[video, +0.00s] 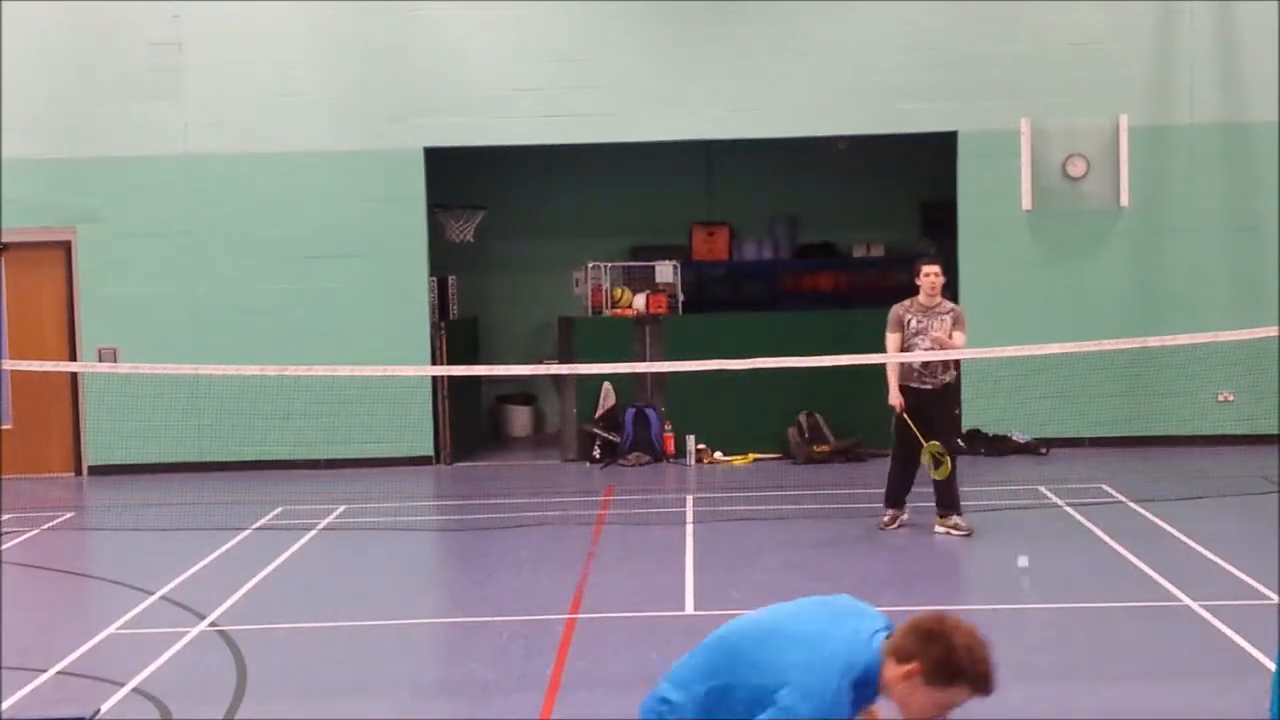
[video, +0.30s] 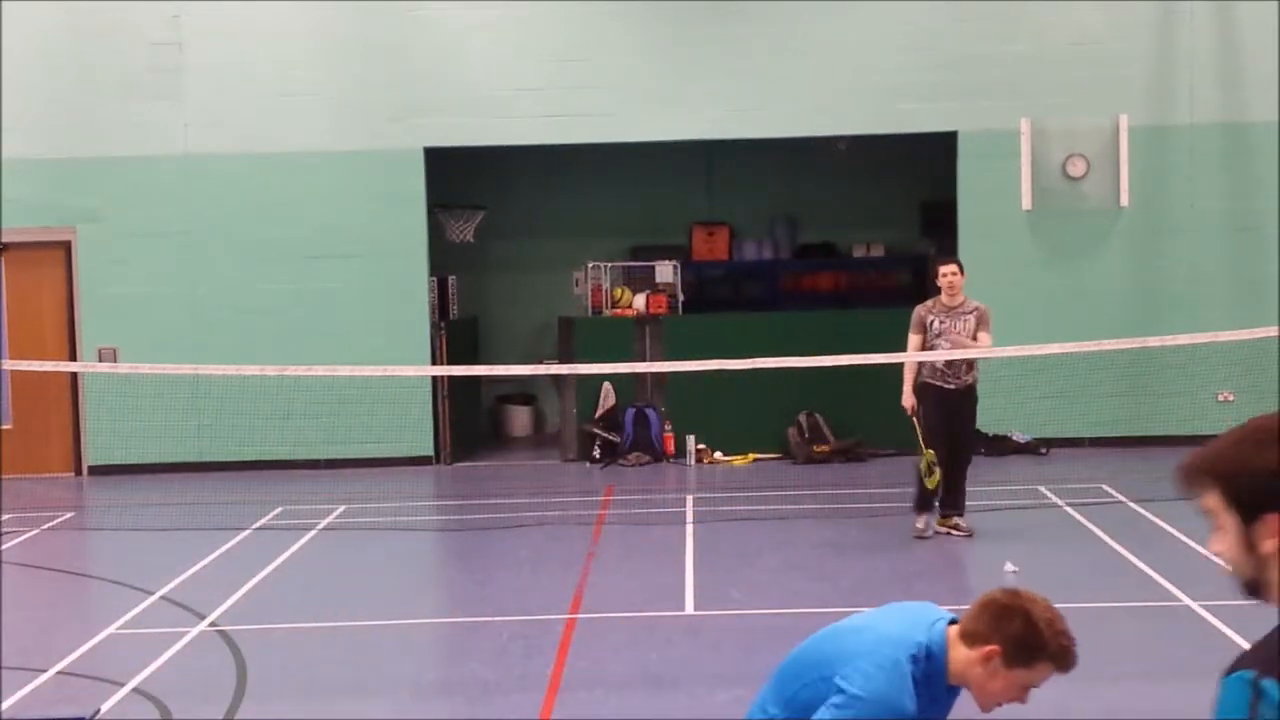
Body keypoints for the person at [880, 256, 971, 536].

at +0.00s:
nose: (933, 280)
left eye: (937, 275)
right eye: (927, 275)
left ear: (944, 280)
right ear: (917, 280)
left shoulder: (954, 312)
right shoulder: (900, 312)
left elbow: (960, 344)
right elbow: (892, 354)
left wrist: (945, 341)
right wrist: (893, 390)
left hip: (944, 391)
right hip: (910, 390)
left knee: (945, 451)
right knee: (904, 451)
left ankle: (947, 515)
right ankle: (895, 508)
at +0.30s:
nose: (950, 280)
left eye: (954, 274)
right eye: (944, 275)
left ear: (963, 278)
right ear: (937, 280)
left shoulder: (979, 312)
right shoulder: (923, 312)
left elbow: (985, 347)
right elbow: (912, 354)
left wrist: (958, 340)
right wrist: (907, 390)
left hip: (964, 390)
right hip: (931, 389)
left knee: (959, 454)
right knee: (935, 452)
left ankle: (950, 516)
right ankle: (923, 512)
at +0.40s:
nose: (953, 281)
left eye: (957, 275)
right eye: (947, 277)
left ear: (967, 278)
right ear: (941, 281)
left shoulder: (983, 312)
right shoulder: (928, 313)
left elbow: (991, 350)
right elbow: (917, 355)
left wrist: (973, 360)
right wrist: (913, 393)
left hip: (969, 389)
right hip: (937, 388)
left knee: (964, 453)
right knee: (944, 452)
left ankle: (957, 515)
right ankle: (943, 516)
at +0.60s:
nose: (959, 285)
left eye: (964, 279)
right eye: (954, 281)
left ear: (973, 281)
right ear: (947, 285)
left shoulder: (991, 316)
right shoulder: (935, 319)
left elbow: (999, 358)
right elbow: (927, 362)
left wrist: (997, 393)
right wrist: (926, 401)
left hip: (980, 394)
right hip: (949, 394)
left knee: (971, 456)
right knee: (961, 457)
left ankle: (948, 512)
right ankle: (976, 519)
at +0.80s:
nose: (967, 286)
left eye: (970, 280)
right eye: (961, 282)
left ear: (979, 281)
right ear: (953, 286)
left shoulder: (997, 314)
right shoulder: (942, 321)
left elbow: (1007, 357)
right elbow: (939, 366)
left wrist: (1017, 395)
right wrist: (939, 406)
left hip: (992, 394)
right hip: (961, 396)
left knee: (994, 454)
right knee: (967, 457)